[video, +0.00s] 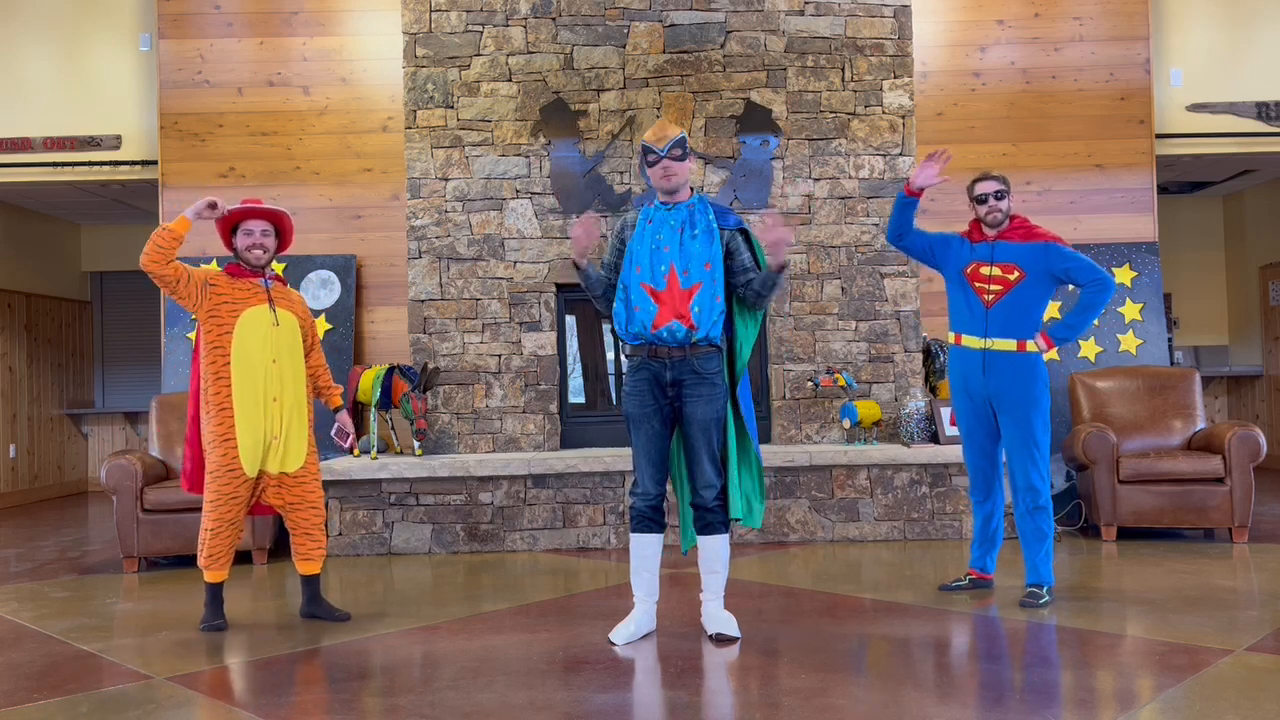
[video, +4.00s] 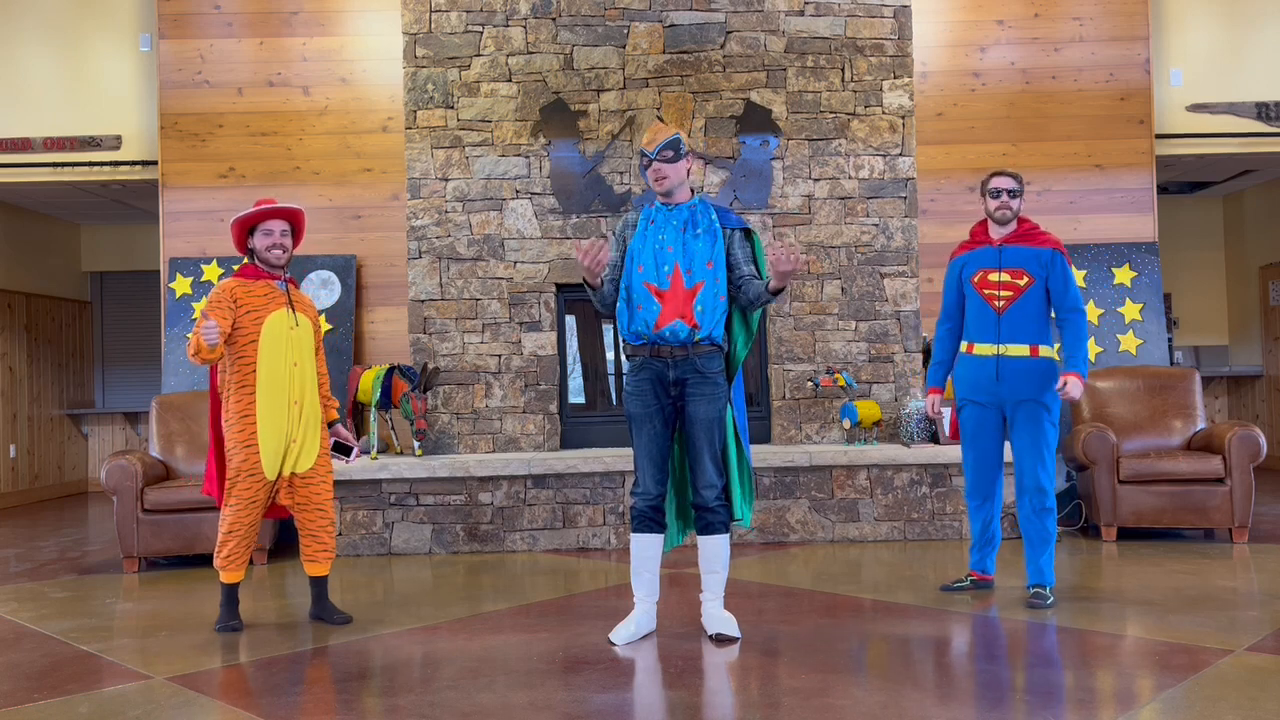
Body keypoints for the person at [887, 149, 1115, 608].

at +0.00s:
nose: (993, 205)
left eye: (1000, 196)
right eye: (984, 199)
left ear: (1012, 200)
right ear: (973, 208)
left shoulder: (1042, 248)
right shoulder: (954, 248)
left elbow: (1101, 283)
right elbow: (901, 236)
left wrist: (1055, 335)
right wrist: (912, 190)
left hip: (1020, 372)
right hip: (966, 372)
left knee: (1029, 479)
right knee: (982, 477)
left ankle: (1039, 581)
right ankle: (982, 571)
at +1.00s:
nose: (998, 204)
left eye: (1005, 196)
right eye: (988, 199)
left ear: (1017, 201)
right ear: (977, 207)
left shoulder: (1047, 249)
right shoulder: (957, 248)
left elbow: (1108, 286)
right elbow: (902, 237)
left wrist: (1060, 335)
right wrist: (913, 188)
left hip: (1025, 371)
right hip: (970, 371)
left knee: (1031, 478)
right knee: (982, 477)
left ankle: (1039, 581)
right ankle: (980, 572)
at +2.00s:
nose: (1015, 200)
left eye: (1021, 192)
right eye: (1004, 195)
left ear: (1032, 196)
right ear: (991, 203)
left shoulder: (1065, 247)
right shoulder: (973, 252)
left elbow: (1124, 284)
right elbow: (943, 303)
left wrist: (1080, 337)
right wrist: (953, 355)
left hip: (1043, 384)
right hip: (986, 385)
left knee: (1041, 487)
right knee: (984, 482)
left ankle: (1040, 582)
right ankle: (981, 571)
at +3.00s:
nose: (975, 200)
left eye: (983, 193)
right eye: (966, 195)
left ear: (995, 202)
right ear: (956, 207)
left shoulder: (1024, 252)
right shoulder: (943, 262)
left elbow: (1049, 313)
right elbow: (928, 323)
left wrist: (1049, 359)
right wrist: (918, 375)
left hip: (1016, 389)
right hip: (964, 393)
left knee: (1024, 486)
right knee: (978, 486)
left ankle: (1038, 580)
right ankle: (981, 572)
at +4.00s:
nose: (1003, 200)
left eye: (1011, 194)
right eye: (995, 194)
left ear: (1022, 201)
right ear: (983, 200)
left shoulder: (1046, 252)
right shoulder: (963, 257)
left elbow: (1072, 315)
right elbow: (948, 325)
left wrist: (1076, 368)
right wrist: (936, 384)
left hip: (1033, 390)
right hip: (976, 392)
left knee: (1035, 487)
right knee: (980, 485)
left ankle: (1040, 580)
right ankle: (980, 572)